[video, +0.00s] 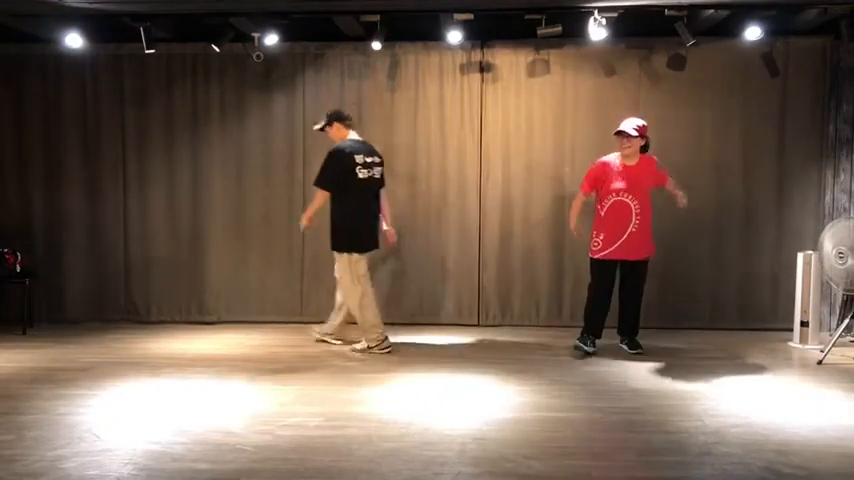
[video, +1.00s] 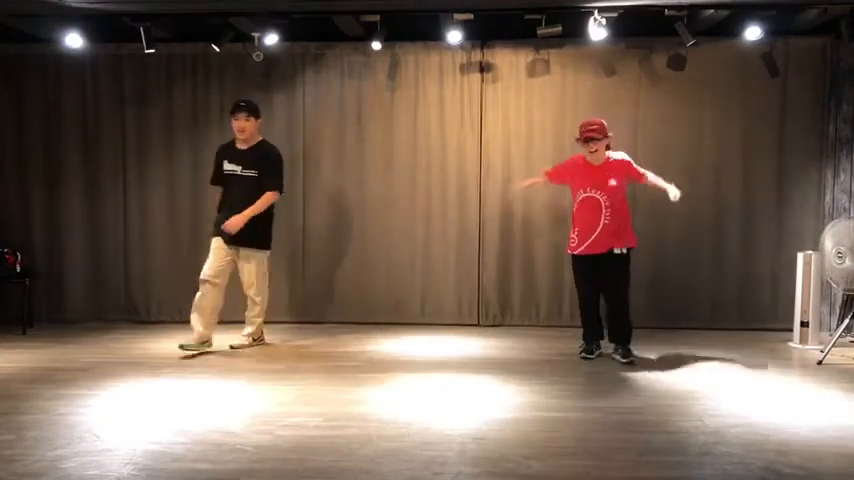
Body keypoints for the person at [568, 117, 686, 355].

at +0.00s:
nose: (625, 141)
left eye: (631, 137)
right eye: (622, 136)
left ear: (642, 141)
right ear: (617, 139)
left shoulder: (650, 166)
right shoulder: (604, 165)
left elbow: (666, 182)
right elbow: (582, 194)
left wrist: (678, 194)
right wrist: (573, 220)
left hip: (637, 242)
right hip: (605, 241)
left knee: (632, 293)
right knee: (600, 290)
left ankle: (629, 336)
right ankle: (589, 336)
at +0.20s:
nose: (626, 142)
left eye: (632, 138)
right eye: (623, 137)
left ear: (642, 143)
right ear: (617, 139)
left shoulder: (647, 166)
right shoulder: (601, 162)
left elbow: (660, 183)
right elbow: (572, 171)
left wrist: (679, 199)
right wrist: (548, 186)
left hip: (636, 243)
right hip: (604, 242)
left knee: (632, 294)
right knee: (600, 292)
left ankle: (628, 337)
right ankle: (593, 339)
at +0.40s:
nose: (619, 150)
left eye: (624, 146)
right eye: (616, 145)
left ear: (633, 146)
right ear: (609, 143)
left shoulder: (640, 164)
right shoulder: (597, 167)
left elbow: (648, 182)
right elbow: (602, 189)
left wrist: (618, 170)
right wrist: (627, 199)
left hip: (631, 244)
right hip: (599, 244)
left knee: (629, 295)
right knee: (597, 295)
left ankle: (628, 337)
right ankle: (592, 340)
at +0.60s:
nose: (609, 141)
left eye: (614, 136)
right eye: (604, 136)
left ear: (621, 139)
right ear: (594, 139)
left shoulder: (628, 158)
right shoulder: (587, 164)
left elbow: (623, 172)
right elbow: (596, 187)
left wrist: (586, 168)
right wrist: (628, 186)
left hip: (625, 238)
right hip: (594, 239)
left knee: (629, 291)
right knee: (594, 293)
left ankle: (629, 334)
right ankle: (592, 340)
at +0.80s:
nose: (590, 139)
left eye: (594, 133)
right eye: (585, 136)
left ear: (604, 136)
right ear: (581, 141)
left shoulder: (622, 163)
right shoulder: (575, 168)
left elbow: (648, 178)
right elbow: (553, 186)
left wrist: (673, 187)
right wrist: (529, 195)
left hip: (619, 243)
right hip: (586, 246)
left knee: (627, 294)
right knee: (589, 297)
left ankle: (629, 334)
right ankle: (591, 341)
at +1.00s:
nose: (591, 146)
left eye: (596, 141)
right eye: (586, 142)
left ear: (606, 142)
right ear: (581, 144)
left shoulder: (620, 163)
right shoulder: (573, 166)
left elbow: (645, 177)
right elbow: (546, 177)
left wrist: (668, 187)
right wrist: (524, 183)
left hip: (616, 246)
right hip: (584, 248)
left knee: (618, 298)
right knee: (588, 299)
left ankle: (621, 344)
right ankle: (591, 342)